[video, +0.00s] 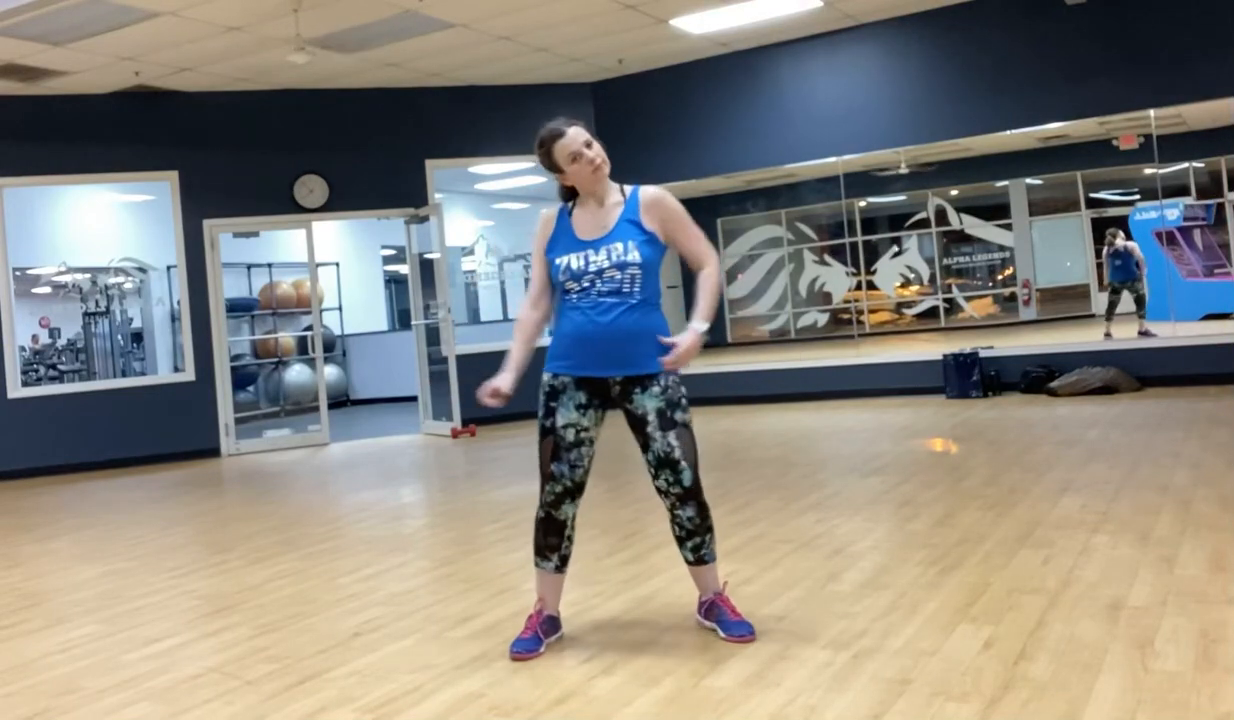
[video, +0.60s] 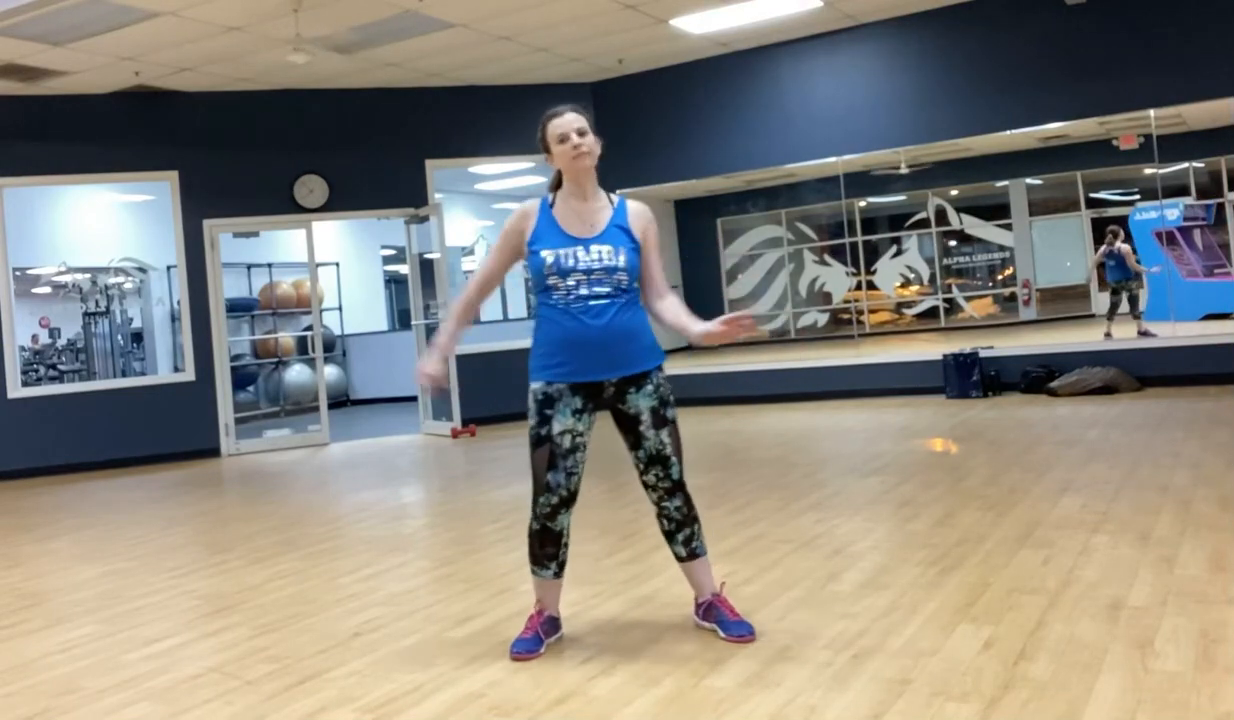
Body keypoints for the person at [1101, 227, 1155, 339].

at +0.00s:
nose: (1123, 234)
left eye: (1121, 233)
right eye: (1121, 233)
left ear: (1110, 237)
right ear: (1119, 235)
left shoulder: (1107, 249)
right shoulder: (1131, 245)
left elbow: (1105, 266)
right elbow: (1140, 259)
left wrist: (1106, 280)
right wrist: (1143, 272)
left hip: (1115, 279)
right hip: (1132, 278)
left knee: (1111, 304)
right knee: (1140, 301)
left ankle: (1107, 330)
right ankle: (1142, 328)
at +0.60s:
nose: (1123, 235)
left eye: (1122, 233)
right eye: (1122, 233)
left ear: (1110, 236)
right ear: (1120, 235)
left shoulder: (1104, 248)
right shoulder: (1125, 248)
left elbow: (1095, 262)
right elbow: (1133, 265)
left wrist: (1090, 275)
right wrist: (1147, 270)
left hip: (1114, 281)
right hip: (1129, 279)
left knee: (1114, 305)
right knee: (1134, 304)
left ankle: (1108, 330)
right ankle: (1141, 328)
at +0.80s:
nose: (1121, 234)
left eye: (1120, 233)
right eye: (1120, 233)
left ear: (1108, 236)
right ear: (1118, 235)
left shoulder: (1102, 247)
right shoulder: (1123, 248)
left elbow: (1091, 257)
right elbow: (1127, 265)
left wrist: (1079, 267)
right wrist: (1137, 275)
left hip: (1110, 281)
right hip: (1125, 279)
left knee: (1112, 304)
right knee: (1133, 302)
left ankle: (1108, 330)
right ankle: (1140, 327)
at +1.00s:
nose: (1121, 234)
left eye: (1119, 232)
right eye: (1119, 232)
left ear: (1107, 235)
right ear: (1117, 234)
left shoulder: (1103, 246)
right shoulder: (1122, 246)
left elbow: (1090, 251)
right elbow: (1127, 262)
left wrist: (1076, 256)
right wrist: (1133, 276)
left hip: (1109, 280)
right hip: (1123, 279)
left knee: (1111, 304)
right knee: (1137, 299)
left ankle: (1107, 330)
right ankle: (1140, 325)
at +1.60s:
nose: (1131, 236)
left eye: (1129, 235)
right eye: (1129, 235)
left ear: (1120, 240)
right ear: (1126, 238)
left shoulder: (1121, 249)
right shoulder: (1127, 248)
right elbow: (1120, 261)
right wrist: (1128, 276)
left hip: (1121, 284)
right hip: (1129, 283)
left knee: (1118, 303)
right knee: (1149, 303)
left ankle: (1098, 323)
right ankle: (1139, 328)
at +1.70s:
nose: (1130, 237)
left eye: (1129, 235)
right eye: (1128, 236)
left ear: (1119, 241)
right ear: (1126, 239)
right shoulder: (1126, 249)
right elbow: (1120, 262)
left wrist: (1163, 257)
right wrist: (1128, 277)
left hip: (1122, 284)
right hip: (1129, 284)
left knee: (1117, 304)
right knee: (1149, 304)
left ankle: (1097, 323)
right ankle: (1139, 328)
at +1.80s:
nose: (1130, 237)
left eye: (1128, 236)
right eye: (1127, 236)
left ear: (1120, 241)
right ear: (1125, 239)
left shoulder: (1129, 250)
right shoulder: (1125, 249)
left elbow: (1146, 249)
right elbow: (1119, 262)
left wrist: (1164, 247)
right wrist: (1128, 278)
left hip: (1124, 284)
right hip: (1129, 284)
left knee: (1117, 304)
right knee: (1150, 304)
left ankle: (1097, 323)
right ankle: (1139, 328)